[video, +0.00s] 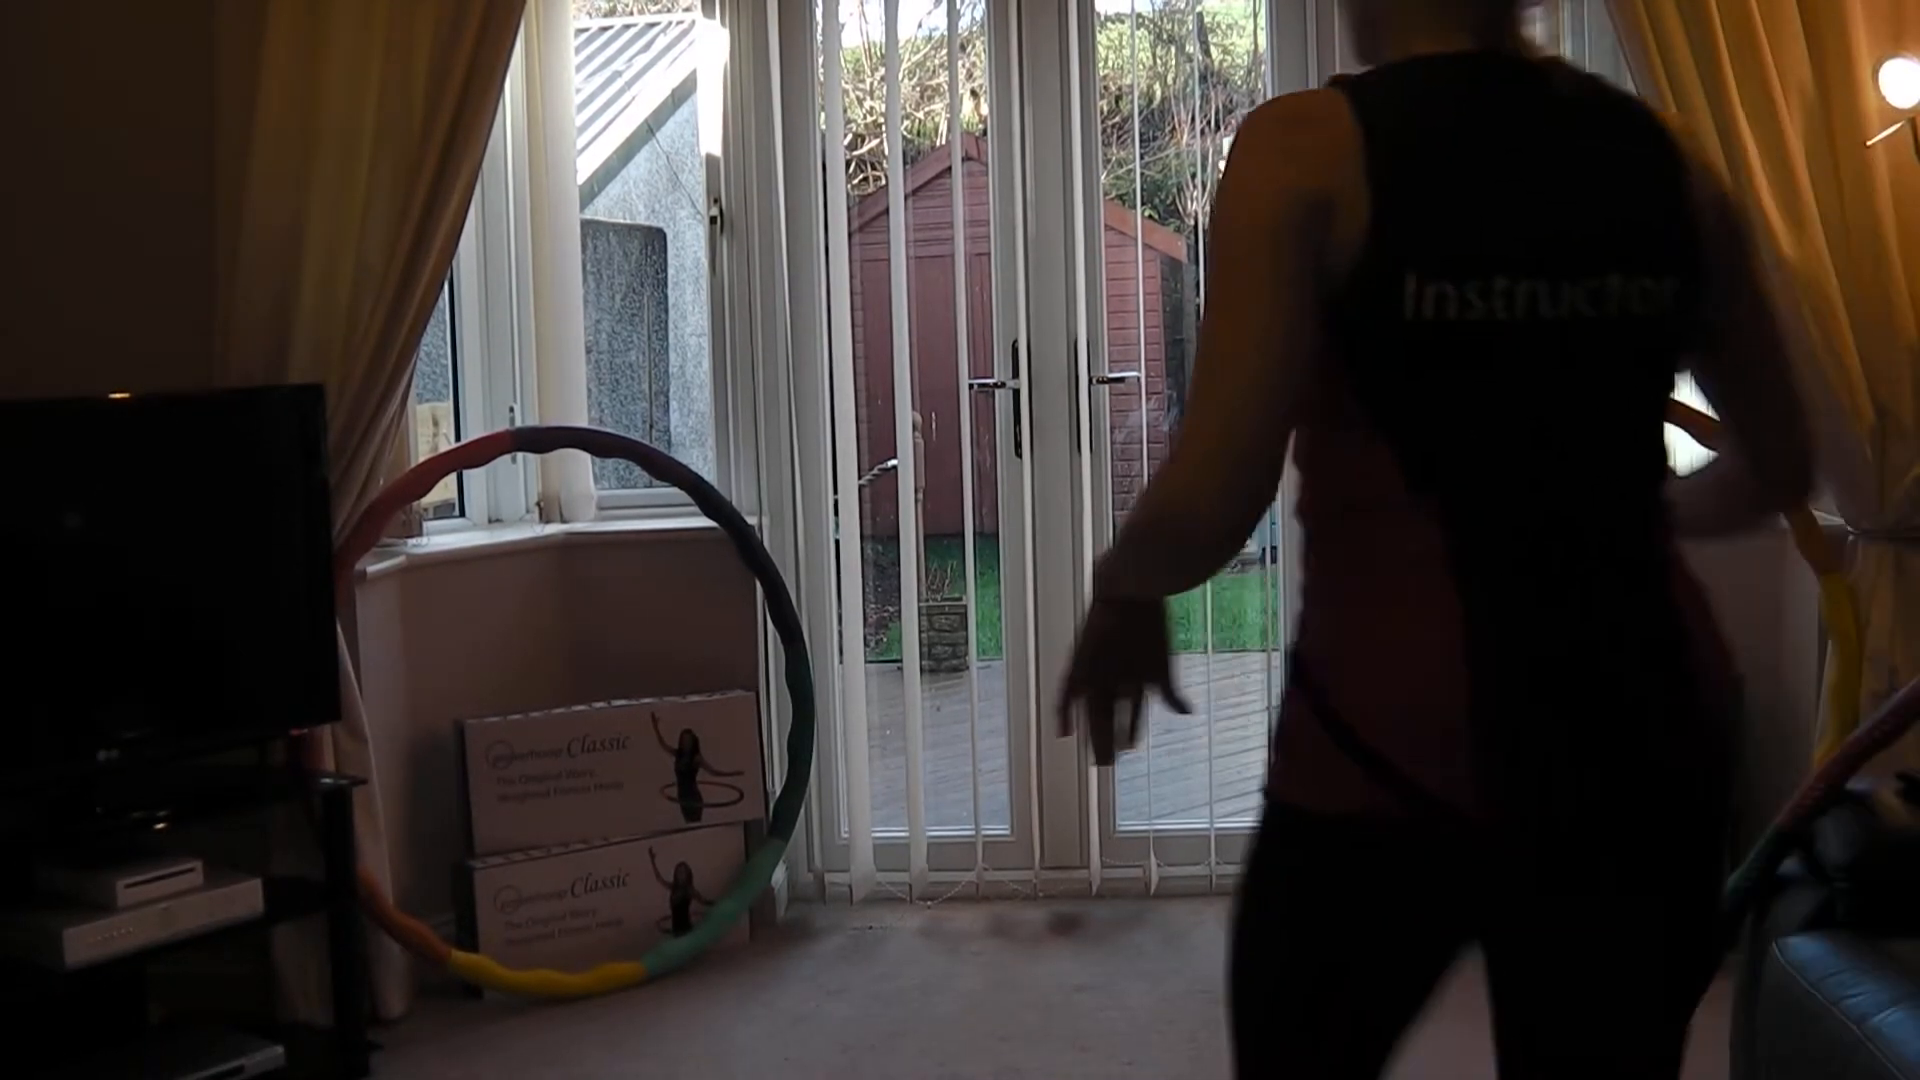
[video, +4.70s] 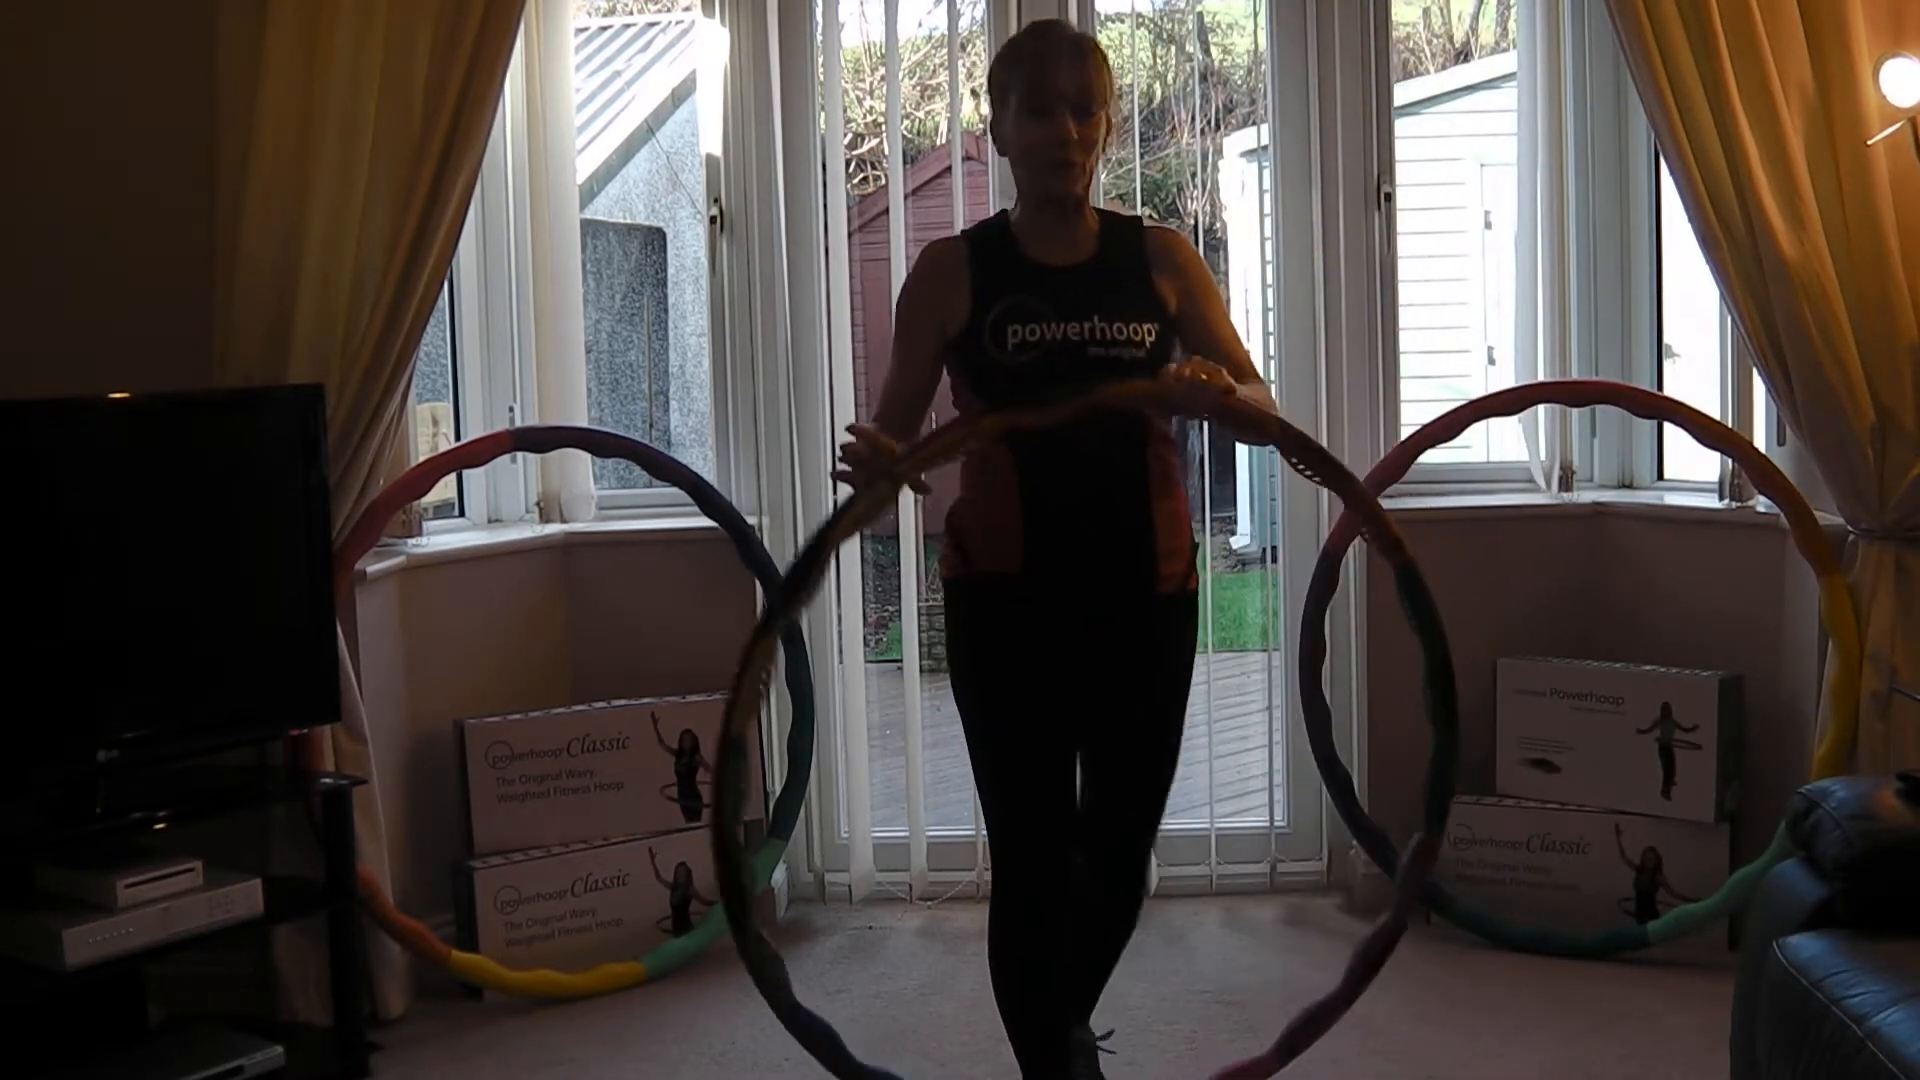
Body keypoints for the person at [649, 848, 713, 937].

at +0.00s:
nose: (681, 875)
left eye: (683, 872)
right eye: (679, 872)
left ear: (688, 874)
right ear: (675, 874)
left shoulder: (690, 889)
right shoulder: (673, 887)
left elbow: (702, 901)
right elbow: (659, 878)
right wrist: (652, 861)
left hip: (687, 926)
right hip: (675, 926)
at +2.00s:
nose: (681, 876)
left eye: (683, 873)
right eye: (678, 873)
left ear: (688, 874)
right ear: (675, 874)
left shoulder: (690, 889)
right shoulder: (673, 887)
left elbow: (702, 902)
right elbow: (658, 878)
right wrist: (652, 861)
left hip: (686, 924)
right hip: (675, 924)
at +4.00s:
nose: (681, 874)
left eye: (683, 872)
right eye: (678, 872)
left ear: (688, 874)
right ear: (675, 874)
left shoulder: (690, 889)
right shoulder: (673, 887)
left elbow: (703, 902)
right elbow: (659, 878)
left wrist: (717, 904)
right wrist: (652, 860)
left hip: (686, 924)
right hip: (675, 924)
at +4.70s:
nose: (681, 875)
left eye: (683, 872)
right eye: (679, 872)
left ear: (688, 874)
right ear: (675, 874)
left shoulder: (690, 889)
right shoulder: (673, 887)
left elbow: (703, 902)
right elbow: (659, 878)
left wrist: (718, 903)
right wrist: (652, 861)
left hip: (686, 924)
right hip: (675, 924)